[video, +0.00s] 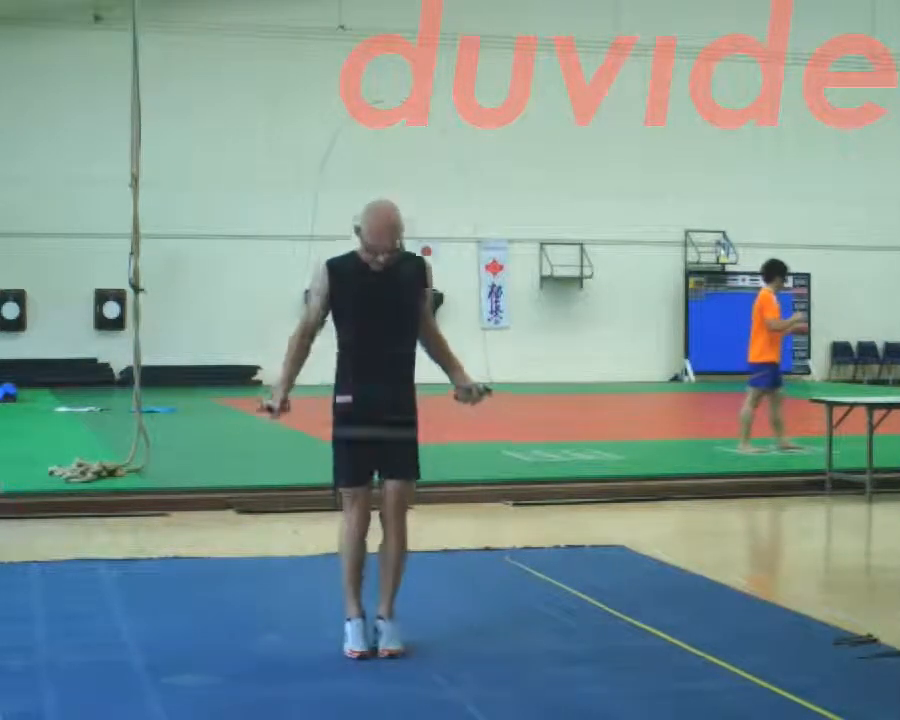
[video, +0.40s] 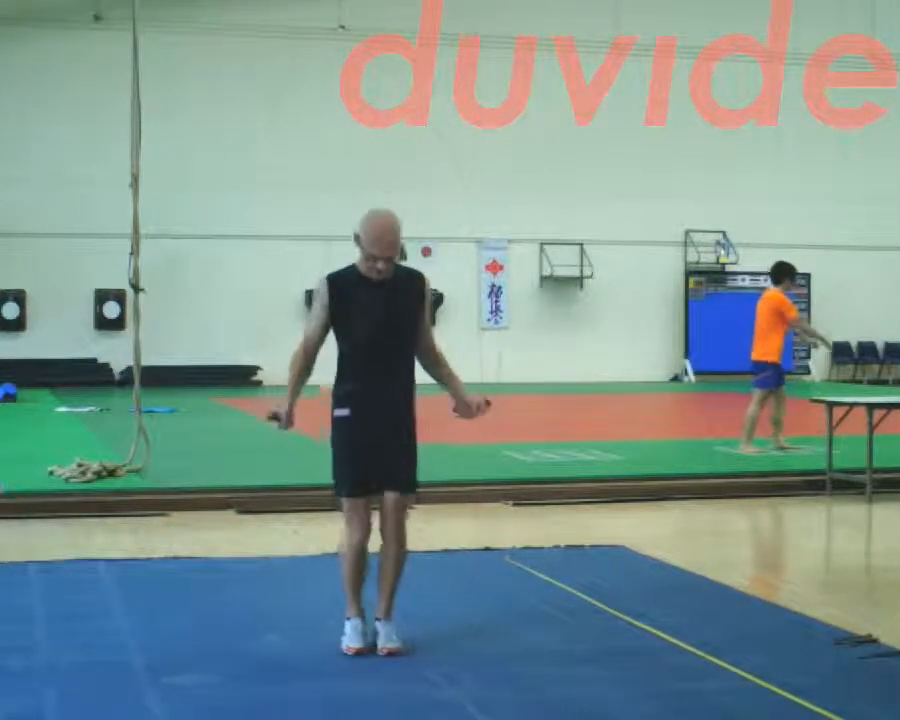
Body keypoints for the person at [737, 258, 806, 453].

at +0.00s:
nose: (784, 282)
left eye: (784, 278)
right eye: (783, 278)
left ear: (769, 277)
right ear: (776, 277)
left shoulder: (771, 297)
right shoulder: (766, 296)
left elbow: (774, 326)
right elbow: (771, 324)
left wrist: (794, 327)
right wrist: (794, 320)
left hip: (771, 358)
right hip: (762, 358)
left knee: (776, 399)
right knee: (752, 401)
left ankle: (782, 440)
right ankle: (744, 442)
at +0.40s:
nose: (793, 284)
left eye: (793, 279)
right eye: (792, 280)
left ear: (775, 278)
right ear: (786, 280)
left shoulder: (767, 297)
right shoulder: (779, 298)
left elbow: (787, 324)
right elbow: (798, 323)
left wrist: (806, 338)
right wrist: (820, 338)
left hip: (763, 356)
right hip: (768, 358)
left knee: (778, 398)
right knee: (759, 400)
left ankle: (778, 439)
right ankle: (746, 442)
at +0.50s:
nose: (801, 286)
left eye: (801, 281)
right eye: (800, 281)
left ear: (783, 280)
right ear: (793, 281)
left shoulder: (771, 299)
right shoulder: (785, 302)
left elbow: (767, 331)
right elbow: (794, 333)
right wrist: (804, 359)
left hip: (766, 357)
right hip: (773, 359)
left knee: (783, 398)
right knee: (763, 399)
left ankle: (778, 439)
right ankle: (748, 441)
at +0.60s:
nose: (810, 286)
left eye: (811, 282)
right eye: (810, 282)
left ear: (795, 279)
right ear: (803, 280)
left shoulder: (782, 294)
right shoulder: (790, 296)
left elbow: (757, 305)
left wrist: (730, 308)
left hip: (773, 351)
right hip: (773, 352)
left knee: (781, 395)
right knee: (769, 394)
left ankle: (778, 437)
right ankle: (752, 440)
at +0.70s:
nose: (816, 292)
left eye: (818, 289)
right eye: (817, 287)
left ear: (804, 281)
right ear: (810, 284)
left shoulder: (783, 291)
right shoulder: (795, 292)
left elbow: (758, 286)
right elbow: (773, 282)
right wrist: (747, 273)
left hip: (769, 344)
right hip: (769, 345)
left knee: (778, 393)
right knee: (771, 392)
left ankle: (779, 435)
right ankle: (767, 436)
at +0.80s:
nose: (817, 310)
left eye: (820, 306)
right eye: (819, 305)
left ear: (809, 294)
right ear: (813, 298)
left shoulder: (784, 296)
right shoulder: (797, 300)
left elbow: (765, 285)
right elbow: (776, 280)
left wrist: (753, 268)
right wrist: (756, 264)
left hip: (760, 346)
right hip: (767, 348)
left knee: (775, 394)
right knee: (776, 395)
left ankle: (773, 437)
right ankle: (773, 438)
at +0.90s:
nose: (818, 335)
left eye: (820, 331)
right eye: (819, 330)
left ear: (810, 320)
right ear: (813, 324)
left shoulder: (789, 319)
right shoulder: (794, 321)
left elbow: (773, 304)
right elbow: (774, 302)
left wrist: (762, 280)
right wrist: (763, 280)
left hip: (752, 363)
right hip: (760, 366)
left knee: (778, 402)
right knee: (782, 403)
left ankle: (772, 440)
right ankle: (773, 442)